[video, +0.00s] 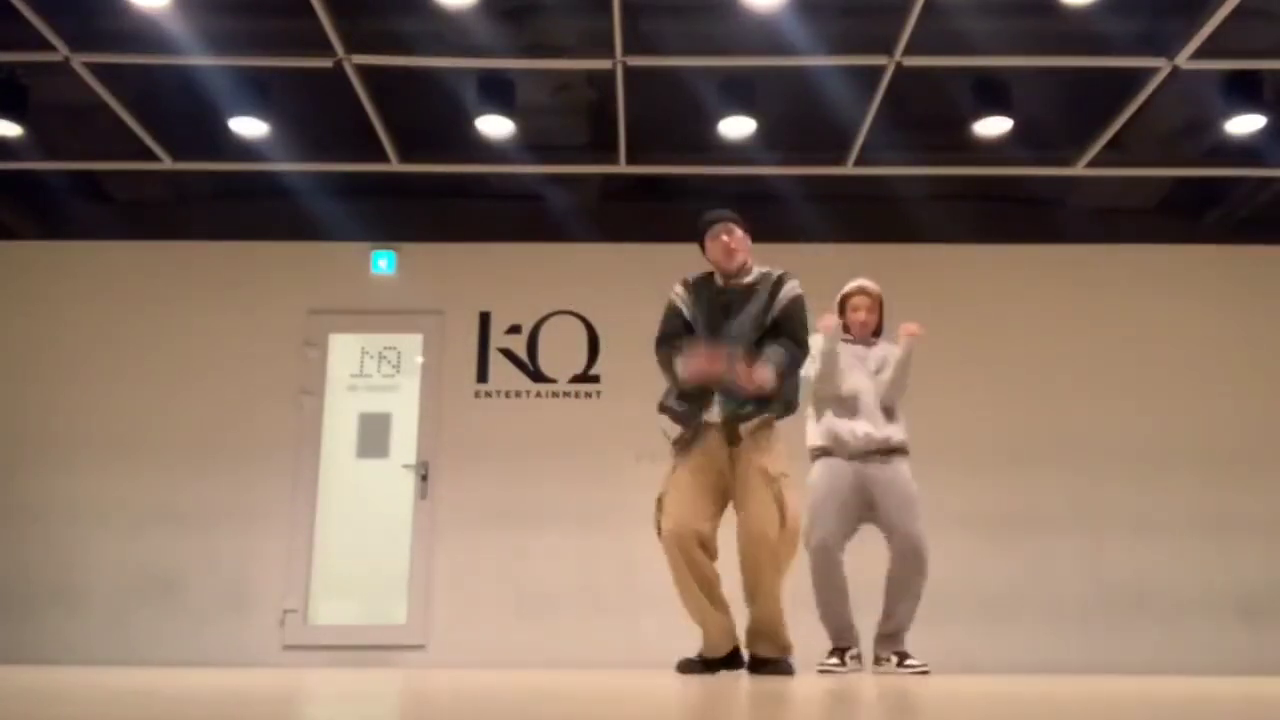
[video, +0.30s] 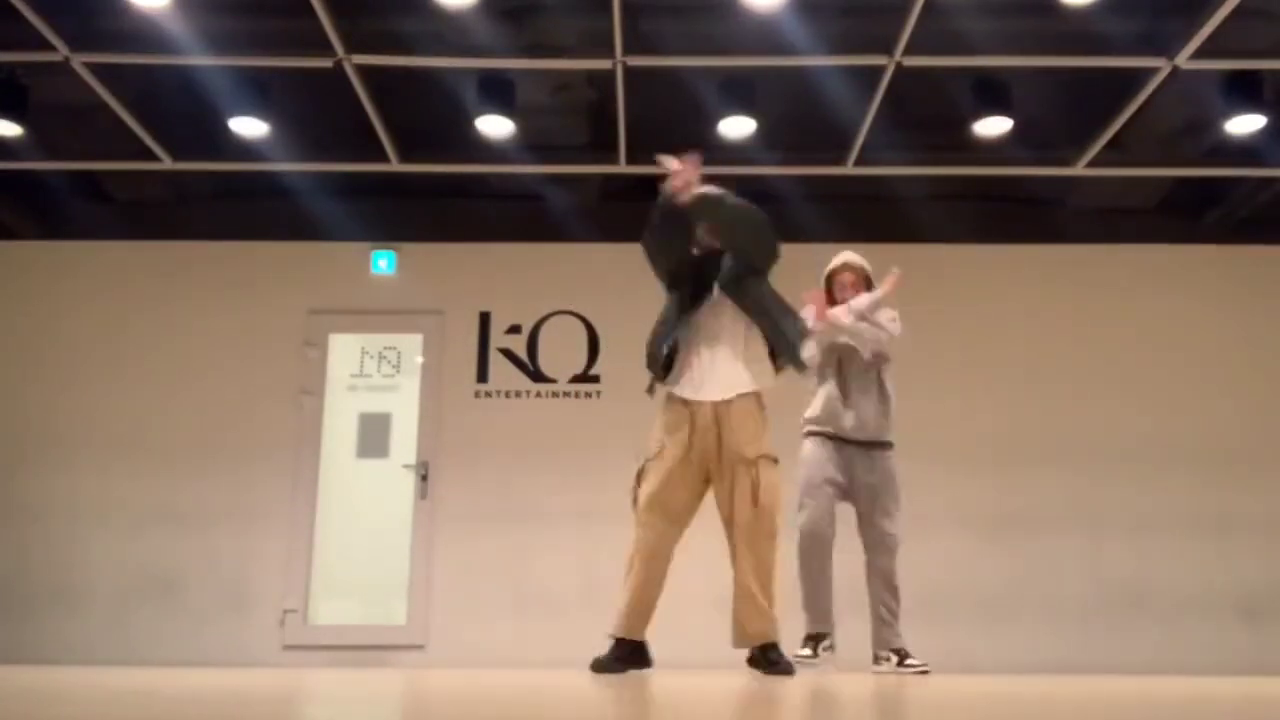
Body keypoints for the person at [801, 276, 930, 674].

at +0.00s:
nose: (862, 315)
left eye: (869, 308)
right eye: (854, 308)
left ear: (879, 315)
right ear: (843, 315)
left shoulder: (889, 353)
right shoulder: (826, 351)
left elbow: (890, 397)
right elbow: (818, 387)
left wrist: (904, 350)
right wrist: (824, 339)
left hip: (888, 461)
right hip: (836, 461)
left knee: (911, 548)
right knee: (821, 544)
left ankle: (890, 646)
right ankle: (843, 646)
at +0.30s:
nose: (848, 290)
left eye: (856, 284)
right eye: (841, 284)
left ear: (869, 288)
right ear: (827, 290)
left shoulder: (885, 321)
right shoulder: (818, 322)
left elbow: (878, 345)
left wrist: (832, 318)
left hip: (873, 445)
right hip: (824, 440)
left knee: (883, 544)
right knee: (812, 529)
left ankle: (888, 646)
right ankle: (817, 634)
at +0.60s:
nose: (812, 301)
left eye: (821, 294)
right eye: (809, 293)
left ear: (839, 301)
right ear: (803, 299)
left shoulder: (861, 325)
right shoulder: (787, 332)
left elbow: (870, 379)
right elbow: (785, 380)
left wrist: (856, 420)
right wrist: (810, 408)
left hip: (861, 453)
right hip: (811, 457)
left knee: (900, 541)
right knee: (795, 552)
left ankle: (958, 632)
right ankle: (798, 646)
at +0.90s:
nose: (838, 281)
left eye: (846, 276)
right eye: (832, 274)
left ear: (858, 288)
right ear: (820, 283)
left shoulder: (876, 331)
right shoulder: (802, 318)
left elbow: (901, 378)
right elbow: (799, 369)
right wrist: (848, 385)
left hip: (872, 448)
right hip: (820, 452)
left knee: (903, 526)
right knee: (813, 552)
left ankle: (916, 638)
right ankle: (800, 644)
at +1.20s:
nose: (872, 286)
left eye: (879, 280)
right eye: (865, 279)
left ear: (888, 291)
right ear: (849, 286)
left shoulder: (906, 334)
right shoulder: (828, 329)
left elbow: (957, 347)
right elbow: (788, 340)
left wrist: (971, 365)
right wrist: (807, 341)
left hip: (905, 441)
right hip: (858, 436)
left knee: (908, 539)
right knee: (864, 517)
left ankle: (905, 646)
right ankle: (838, 624)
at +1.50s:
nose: (879, 279)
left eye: (887, 275)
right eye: (871, 275)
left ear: (896, 289)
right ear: (859, 288)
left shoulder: (910, 327)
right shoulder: (847, 323)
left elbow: (940, 362)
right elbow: (815, 345)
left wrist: (921, 326)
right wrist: (853, 307)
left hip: (907, 440)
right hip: (858, 424)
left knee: (911, 546)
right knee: (854, 474)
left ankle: (905, 646)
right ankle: (860, 569)